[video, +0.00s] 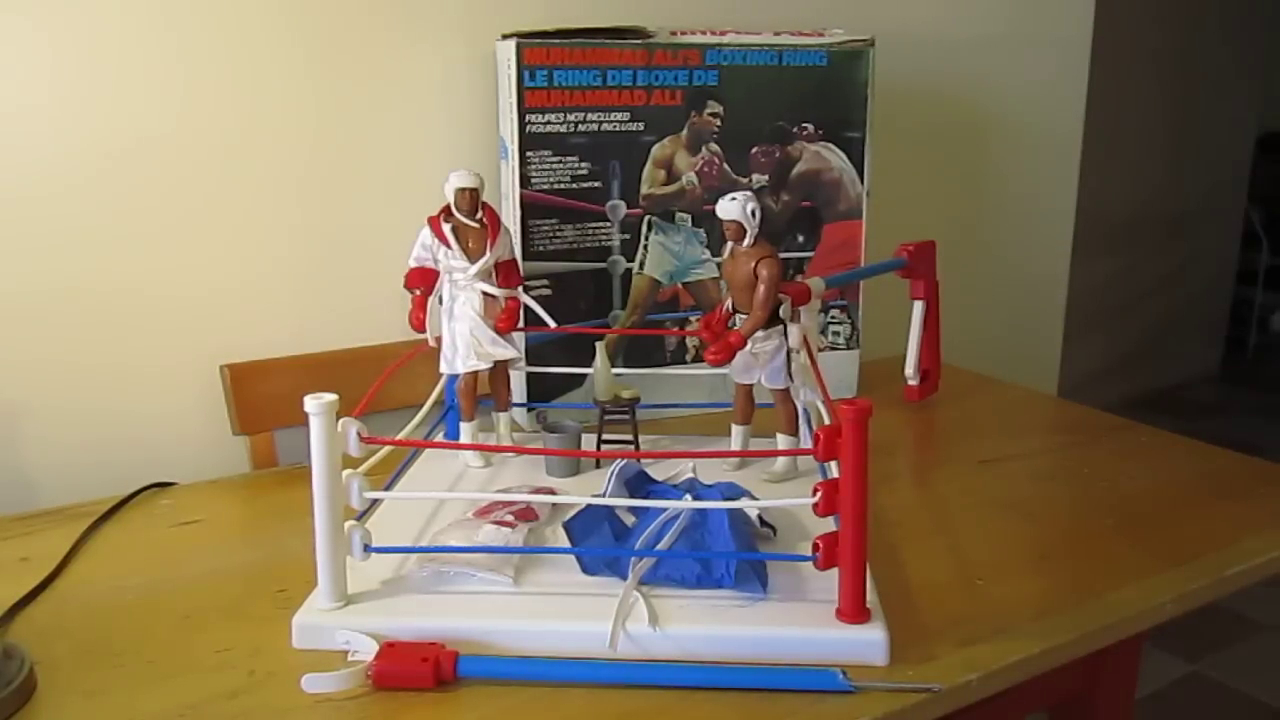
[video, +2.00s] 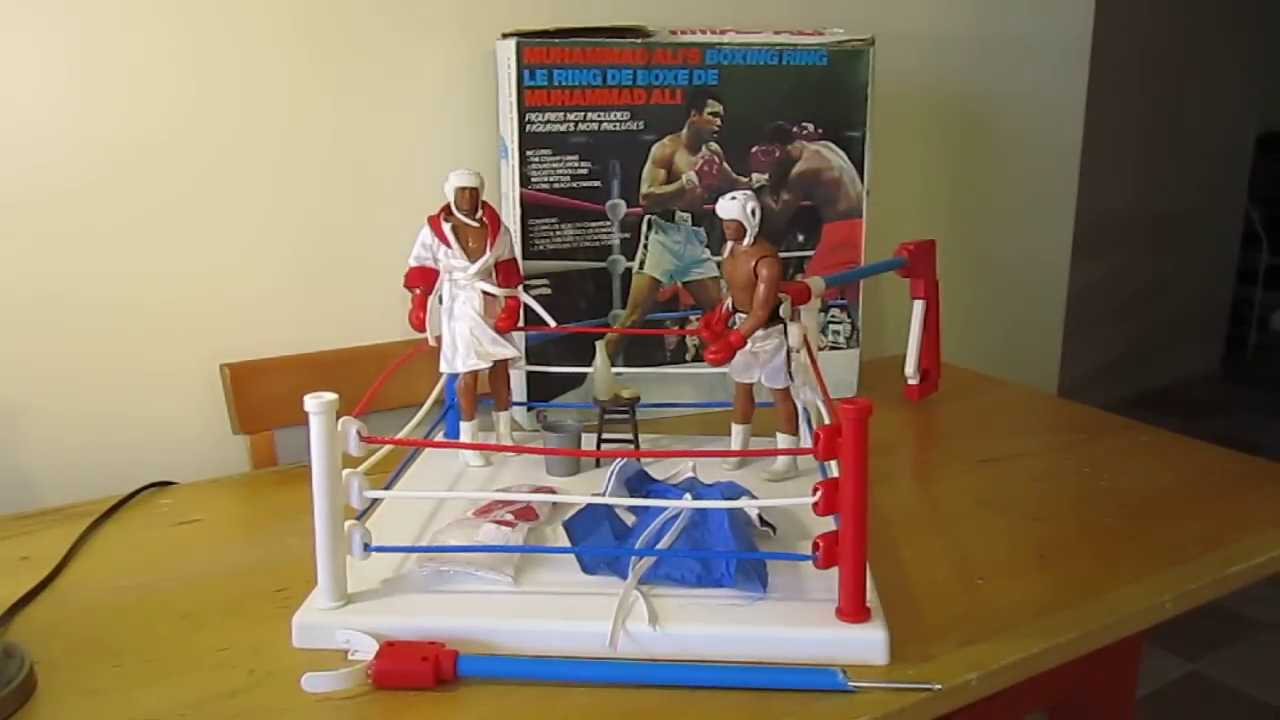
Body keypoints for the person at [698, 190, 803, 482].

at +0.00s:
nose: (725, 229)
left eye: (730, 224)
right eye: (723, 224)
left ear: (747, 224)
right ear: (724, 224)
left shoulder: (767, 263)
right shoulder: (731, 250)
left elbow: (761, 314)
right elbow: (734, 292)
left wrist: (735, 340)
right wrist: (719, 317)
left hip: (769, 333)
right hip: (742, 329)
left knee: (780, 391)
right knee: (742, 387)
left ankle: (787, 456)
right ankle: (737, 450)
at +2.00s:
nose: (726, 227)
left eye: (731, 222)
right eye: (724, 221)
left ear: (748, 222)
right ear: (723, 222)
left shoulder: (766, 262)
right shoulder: (730, 249)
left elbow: (761, 313)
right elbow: (735, 292)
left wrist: (736, 339)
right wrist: (720, 317)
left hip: (769, 333)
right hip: (743, 329)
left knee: (780, 391)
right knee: (742, 387)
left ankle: (787, 457)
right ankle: (737, 450)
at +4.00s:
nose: (725, 228)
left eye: (731, 222)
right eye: (724, 222)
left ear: (748, 222)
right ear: (724, 223)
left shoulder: (767, 260)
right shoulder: (731, 250)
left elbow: (761, 312)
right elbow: (736, 292)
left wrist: (735, 338)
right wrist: (721, 314)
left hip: (769, 333)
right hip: (743, 329)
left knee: (780, 390)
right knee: (742, 385)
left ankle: (787, 456)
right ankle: (738, 449)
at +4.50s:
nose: (725, 227)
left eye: (731, 222)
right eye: (724, 222)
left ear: (748, 222)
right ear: (724, 222)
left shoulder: (767, 260)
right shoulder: (730, 250)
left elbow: (761, 312)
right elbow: (736, 292)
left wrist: (735, 338)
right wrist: (721, 315)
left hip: (770, 332)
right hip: (743, 329)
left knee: (779, 390)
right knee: (742, 385)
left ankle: (787, 456)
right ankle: (738, 450)